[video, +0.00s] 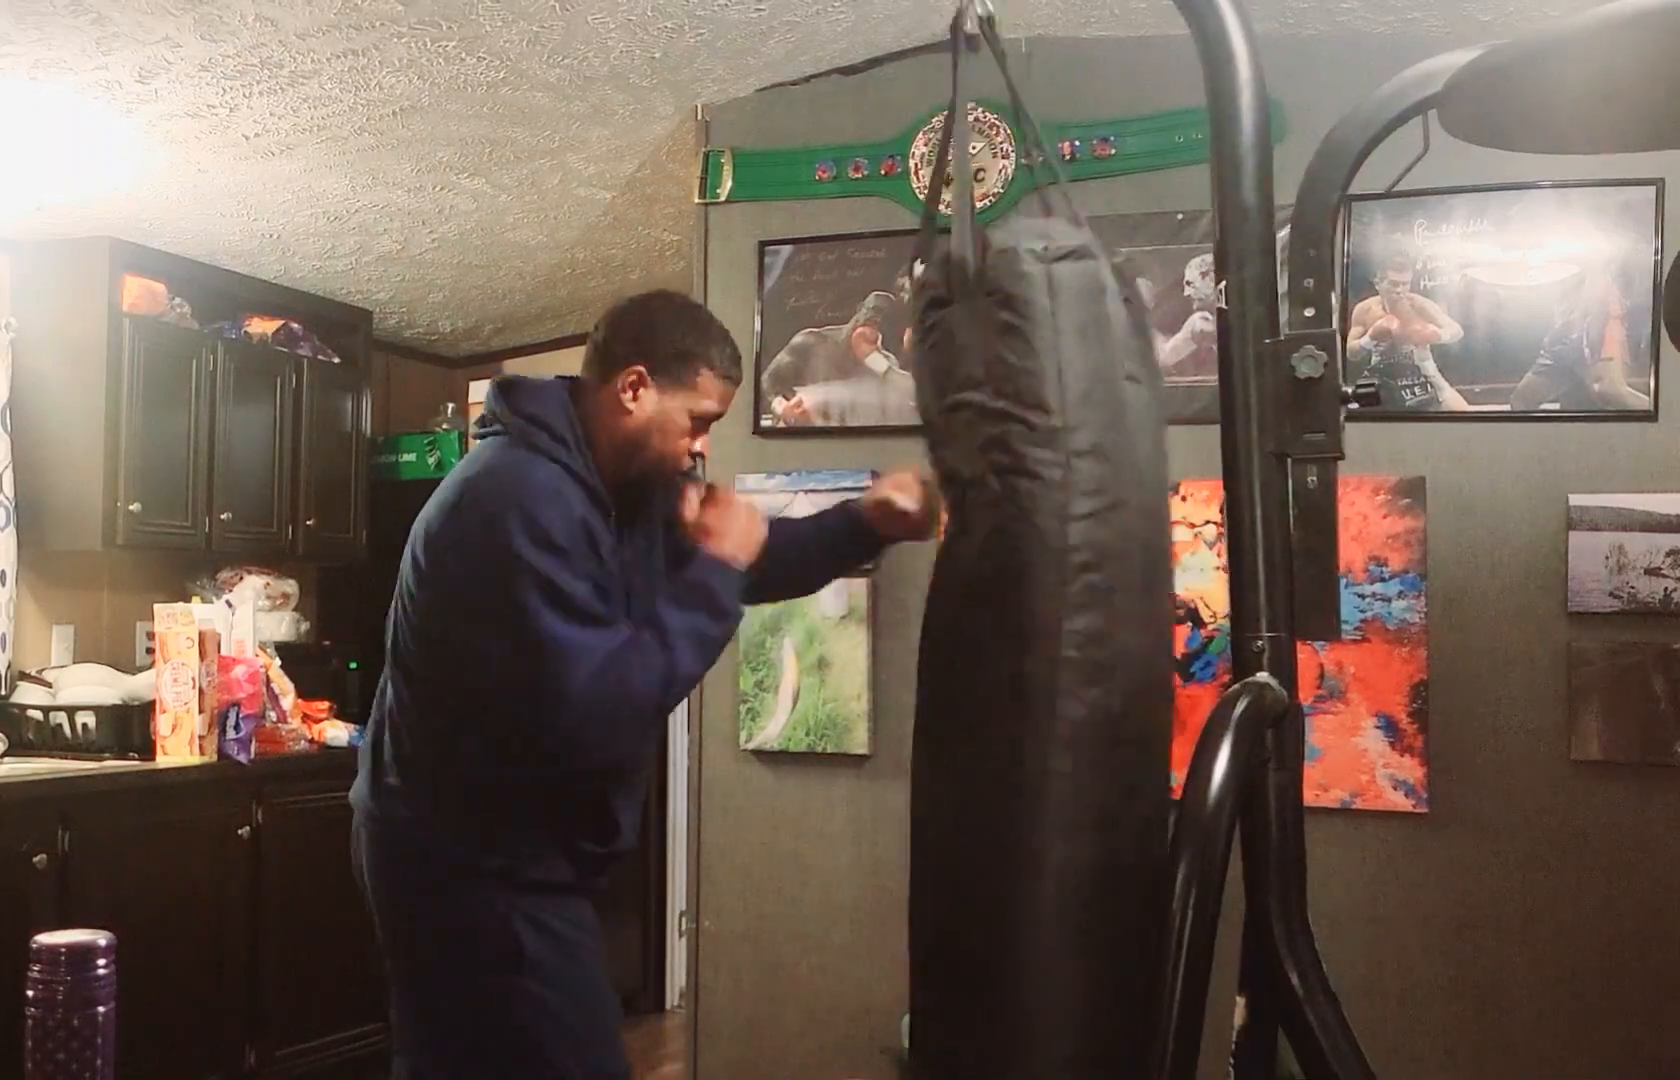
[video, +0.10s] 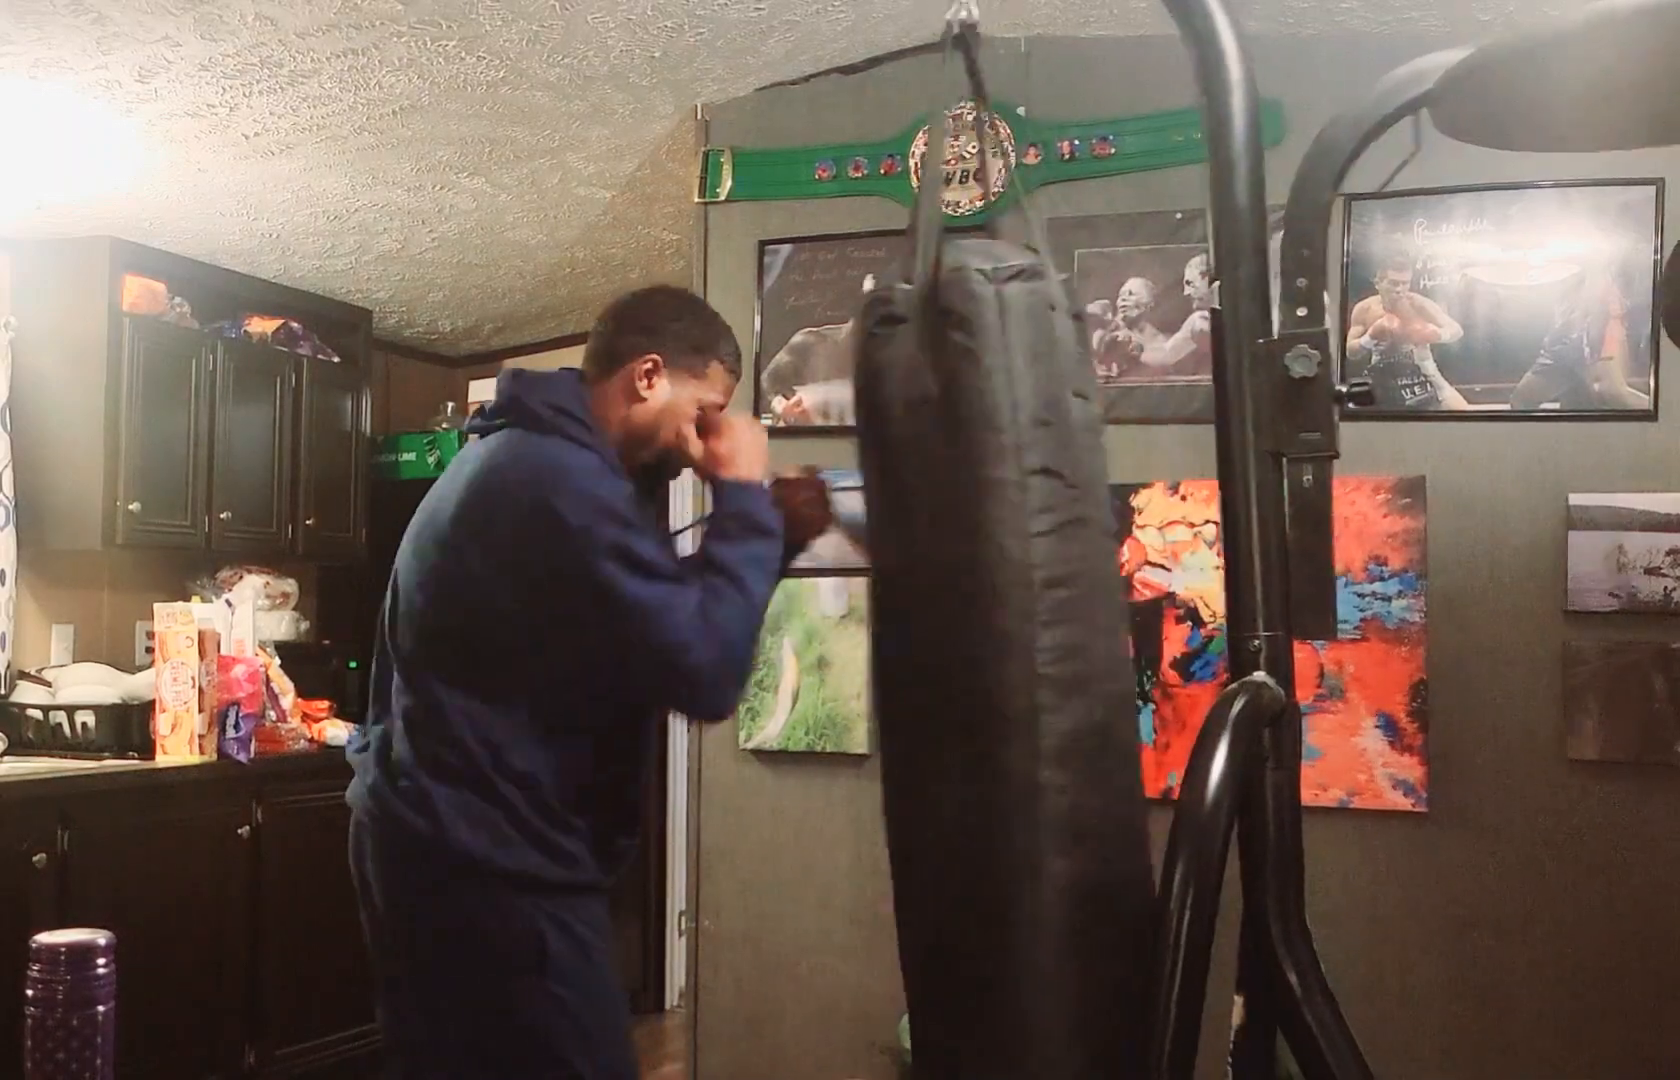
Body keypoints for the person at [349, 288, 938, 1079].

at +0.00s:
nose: (701, 452)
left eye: (710, 431)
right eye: (697, 424)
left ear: (633, 394)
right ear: (632, 391)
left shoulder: (604, 487)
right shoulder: (516, 500)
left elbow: (729, 567)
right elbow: (590, 708)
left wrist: (866, 524)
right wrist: (713, 572)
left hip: (532, 858)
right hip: (480, 870)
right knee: (568, 1063)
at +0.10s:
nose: (703, 440)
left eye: (715, 420)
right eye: (704, 413)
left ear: (640, 376)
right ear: (647, 379)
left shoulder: (508, 458)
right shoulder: (558, 482)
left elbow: (640, 617)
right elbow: (705, 673)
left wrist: (765, 539)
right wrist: (745, 496)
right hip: (499, 867)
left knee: (456, 1063)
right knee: (577, 1062)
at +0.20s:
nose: (704, 441)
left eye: (714, 417)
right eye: (707, 410)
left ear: (622, 372)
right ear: (663, 377)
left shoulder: (491, 442)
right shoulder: (608, 472)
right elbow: (783, 625)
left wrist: (716, 506)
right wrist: (761, 446)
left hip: (403, 828)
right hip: (511, 857)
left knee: (423, 1061)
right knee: (572, 1061)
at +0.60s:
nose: (655, 478)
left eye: (664, 462)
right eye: (657, 456)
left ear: (585, 410)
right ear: (610, 416)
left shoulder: (429, 468)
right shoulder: (589, 485)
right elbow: (772, 613)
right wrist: (734, 461)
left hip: (339, 846)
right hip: (482, 866)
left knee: (375, 1065)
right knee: (569, 1062)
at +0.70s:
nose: (653, 478)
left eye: (663, 458)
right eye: (652, 450)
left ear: (582, 406)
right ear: (596, 409)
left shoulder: (442, 470)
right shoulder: (557, 476)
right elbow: (714, 649)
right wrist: (718, 481)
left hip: (357, 849)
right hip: (478, 864)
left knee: (393, 1063)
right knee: (572, 1062)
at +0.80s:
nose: (668, 455)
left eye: (675, 435)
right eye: (658, 431)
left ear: (588, 398)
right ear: (588, 398)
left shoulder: (481, 462)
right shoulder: (531, 478)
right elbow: (632, 673)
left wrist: (659, 514)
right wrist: (697, 516)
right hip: (473, 860)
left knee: (442, 1059)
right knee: (578, 1060)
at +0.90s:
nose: (675, 450)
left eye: (686, 428)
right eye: (665, 426)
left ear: (589, 400)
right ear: (589, 397)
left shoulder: (555, 483)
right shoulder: (506, 488)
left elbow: (657, 657)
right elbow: (554, 701)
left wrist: (696, 532)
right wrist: (664, 559)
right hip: (484, 878)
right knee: (581, 1062)